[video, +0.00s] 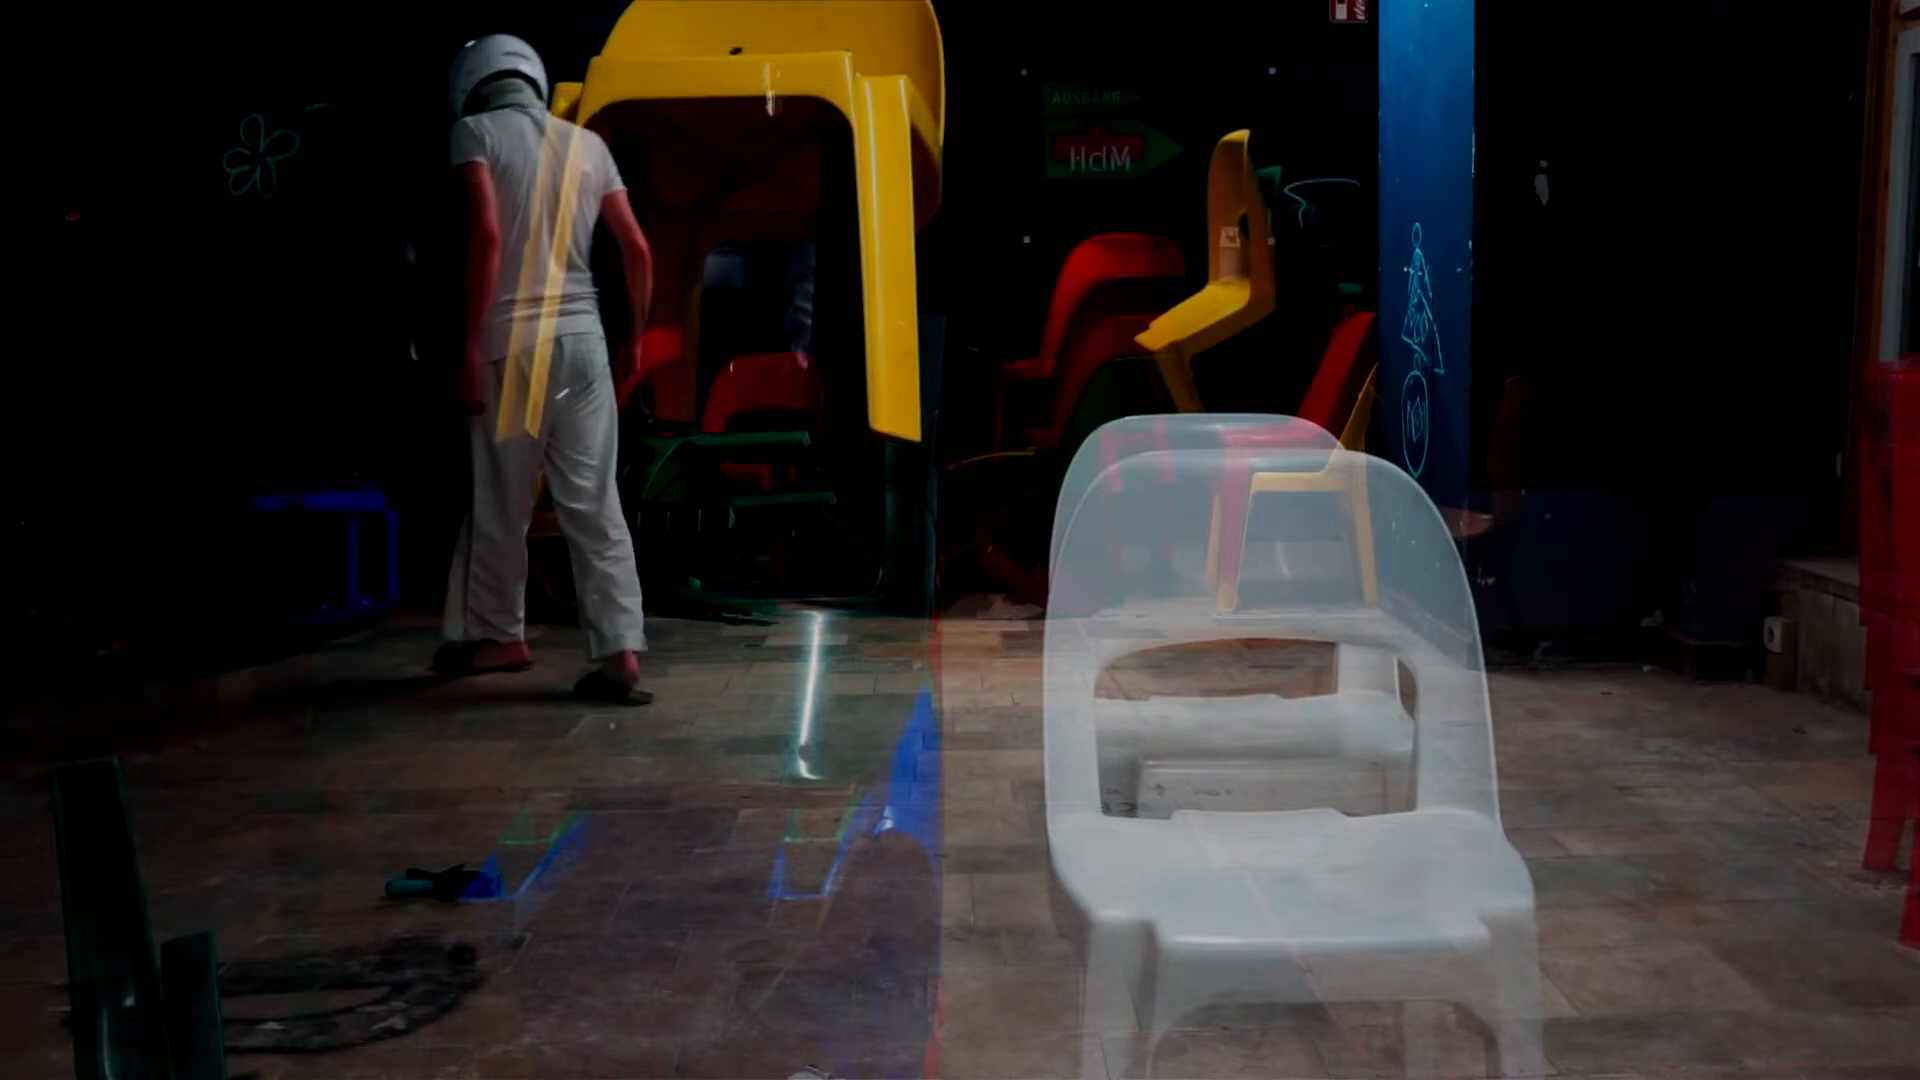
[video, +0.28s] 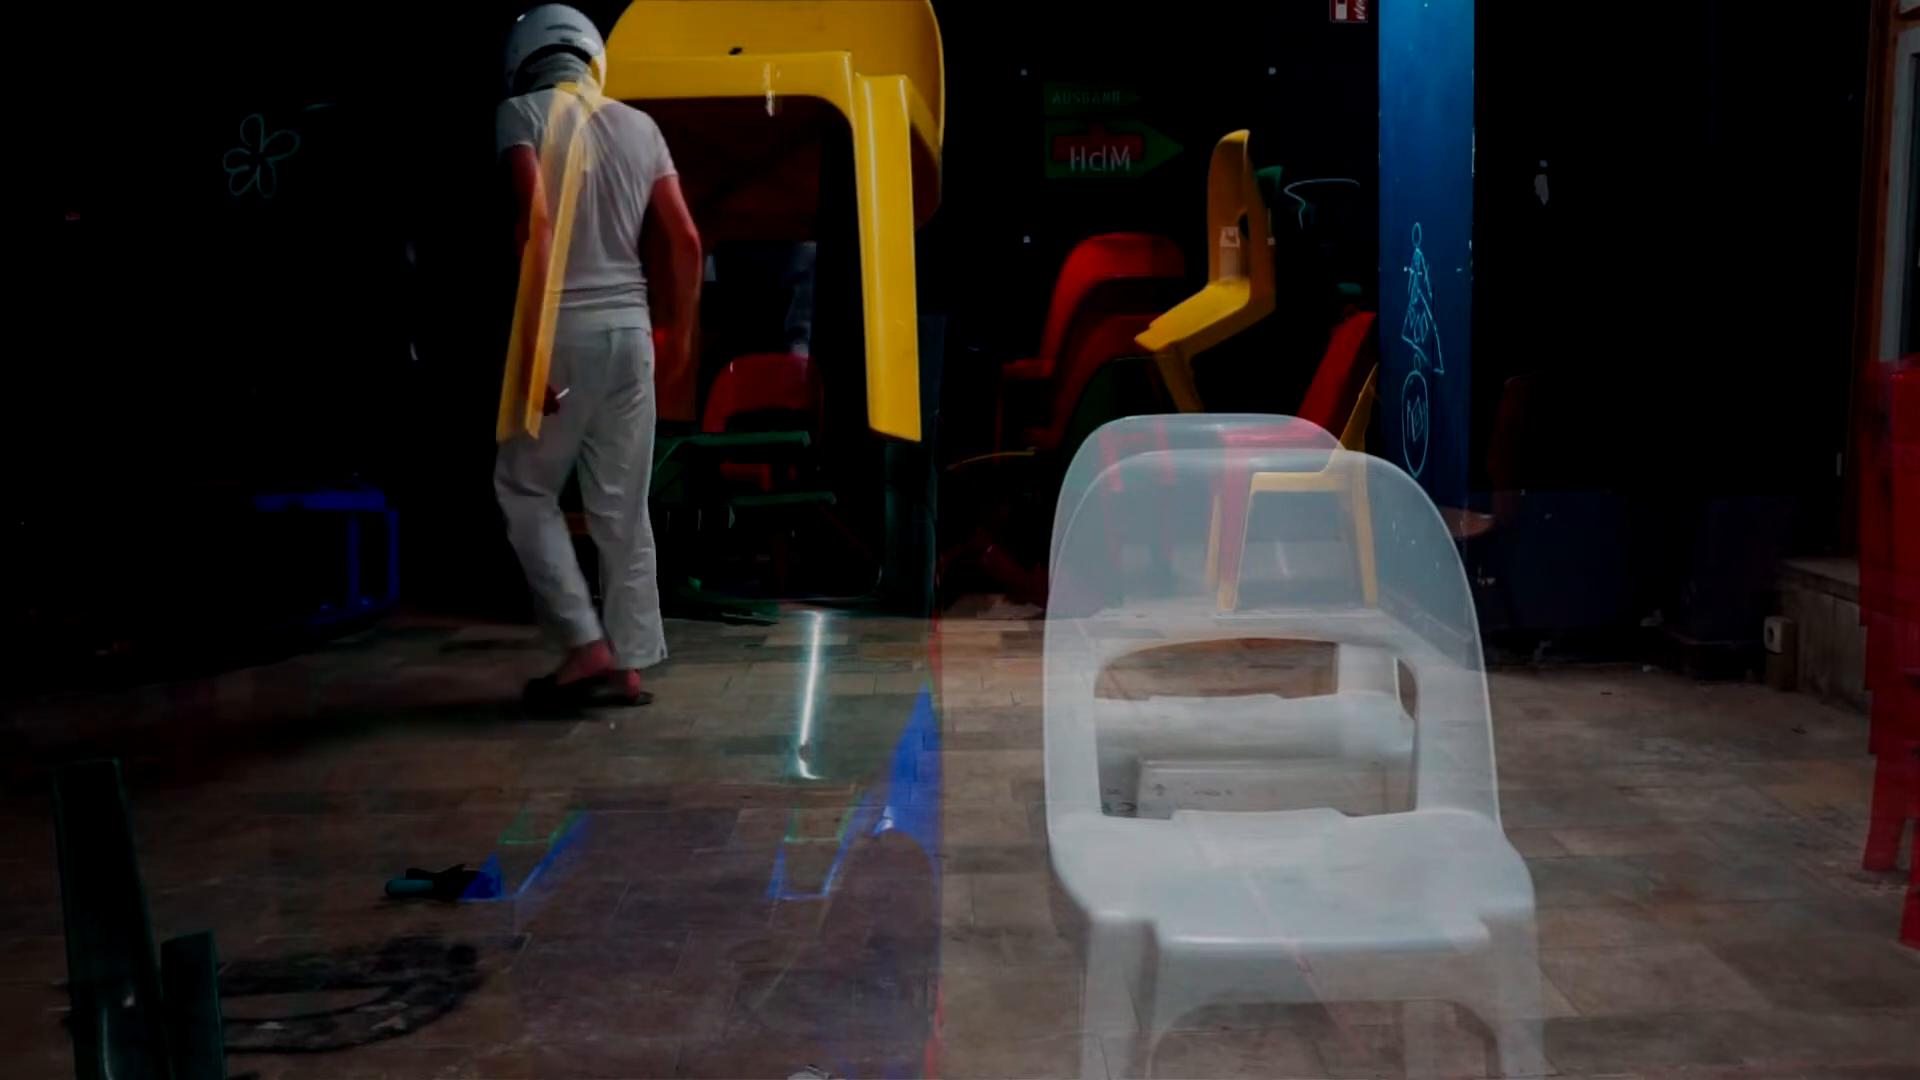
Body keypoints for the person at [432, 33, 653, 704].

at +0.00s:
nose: (464, 101)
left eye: (465, 89)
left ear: (474, 85)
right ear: (536, 85)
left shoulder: (475, 132)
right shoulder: (586, 143)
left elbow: (488, 232)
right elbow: (636, 248)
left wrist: (474, 343)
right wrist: (635, 337)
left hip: (509, 342)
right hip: (583, 337)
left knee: (502, 499)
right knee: (593, 498)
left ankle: (501, 638)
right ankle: (622, 653)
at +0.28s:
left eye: (521, 65)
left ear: (525, 62)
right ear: (594, 62)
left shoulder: (521, 115)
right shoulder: (639, 126)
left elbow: (535, 209)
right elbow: (685, 240)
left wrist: (532, 339)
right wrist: (676, 329)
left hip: (557, 335)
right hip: (630, 333)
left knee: (524, 487)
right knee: (622, 498)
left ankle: (583, 644)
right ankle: (628, 664)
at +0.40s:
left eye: (539, 65)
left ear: (541, 61)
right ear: (610, 58)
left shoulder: (534, 116)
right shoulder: (656, 126)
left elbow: (539, 227)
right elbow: (705, 252)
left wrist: (523, 336)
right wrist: (704, 344)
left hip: (571, 338)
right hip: (648, 334)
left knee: (562, 498)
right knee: (633, 499)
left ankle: (635, 631)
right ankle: (626, 665)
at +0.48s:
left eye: (551, 63)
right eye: (612, 48)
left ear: (553, 60)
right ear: (618, 55)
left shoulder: (540, 122)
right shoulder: (667, 126)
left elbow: (534, 240)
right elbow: (716, 244)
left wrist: (518, 350)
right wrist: (722, 343)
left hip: (582, 338)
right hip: (661, 333)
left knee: (592, 504)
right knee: (641, 501)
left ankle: (672, 649)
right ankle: (619, 666)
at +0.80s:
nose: (599, 64)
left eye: (601, 53)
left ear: (613, 45)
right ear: (672, 42)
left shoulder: (603, 94)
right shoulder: (730, 97)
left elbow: (582, 224)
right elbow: (783, 215)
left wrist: (546, 298)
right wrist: (782, 322)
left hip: (646, 318)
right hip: (725, 314)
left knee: (663, 513)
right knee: (705, 509)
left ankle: (693, 710)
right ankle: (711, 688)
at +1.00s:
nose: (626, 57)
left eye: (632, 46)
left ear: (646, 38)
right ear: (709, 32)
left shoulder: (639, 89)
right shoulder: (775, 91)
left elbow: (641, 226)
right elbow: (835, 214)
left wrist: (613, 350)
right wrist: (831, 325)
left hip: (681, 322)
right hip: (770, 316)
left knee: (678, 527)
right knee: (758, 511)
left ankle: (702, 713)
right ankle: (836, 649)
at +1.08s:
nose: (652, 57)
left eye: (657, 46)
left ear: (671, 36)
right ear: (730, 31)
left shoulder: (661, 87)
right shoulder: (796, 92)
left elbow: (668, 220)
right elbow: (855, 210)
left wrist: (656, 352)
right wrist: (859, 323)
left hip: (702, 328)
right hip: (791, 322)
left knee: (688, 534)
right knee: (793, 521)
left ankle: (704, 710)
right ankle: (877, 669)